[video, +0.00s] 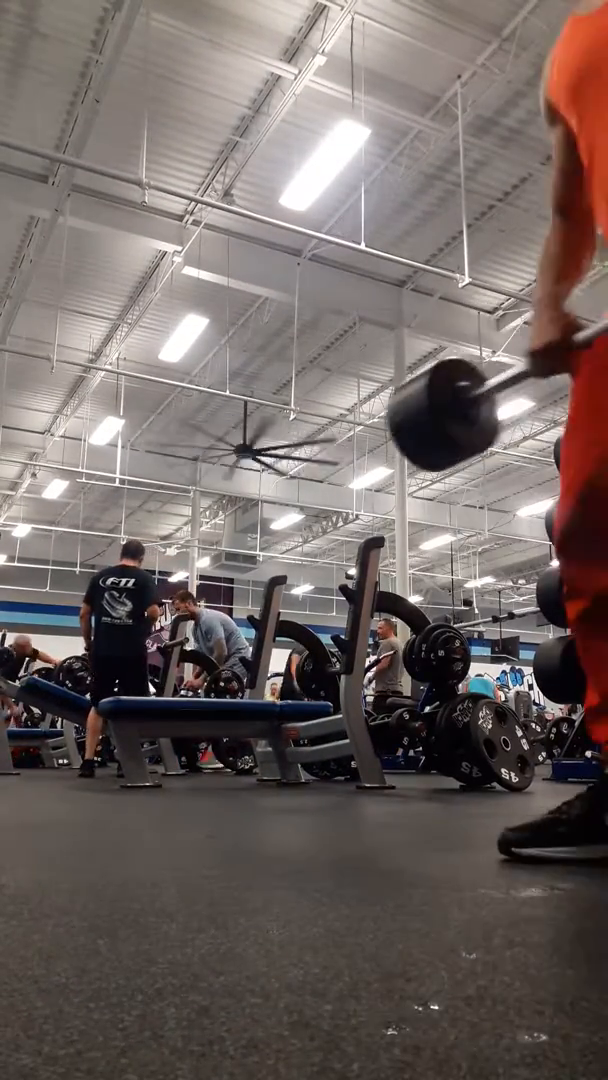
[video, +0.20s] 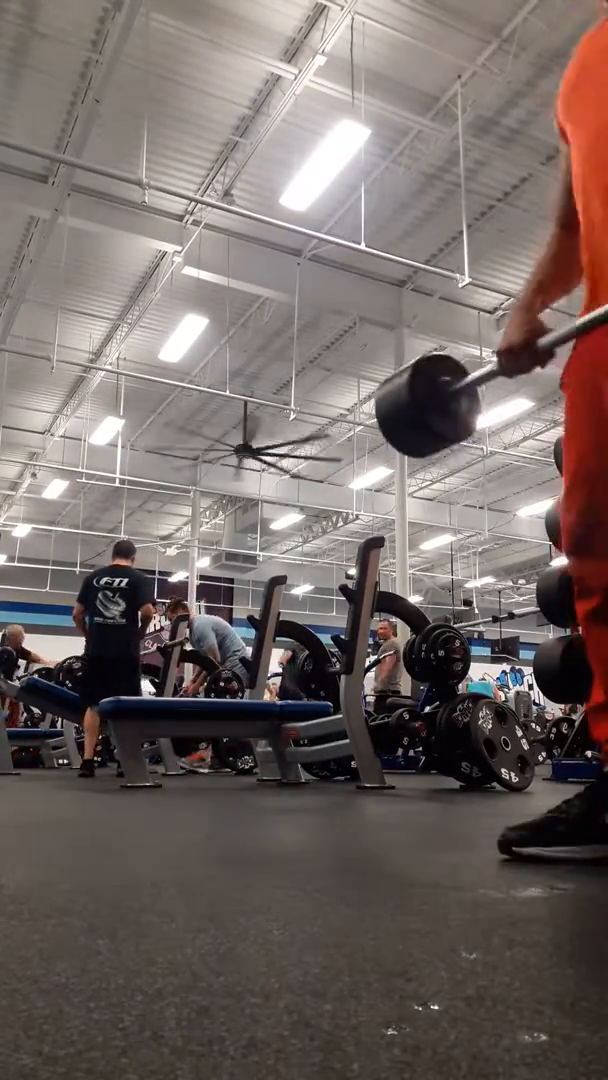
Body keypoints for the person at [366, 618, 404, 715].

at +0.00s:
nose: (378, 631)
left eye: (380, 628)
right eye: (378, 628)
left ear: (389, 628)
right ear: (389, 629)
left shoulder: (387, 643)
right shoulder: (397, 643)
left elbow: (384, 664)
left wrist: (371, 676)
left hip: (384, 692)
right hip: (396, 691)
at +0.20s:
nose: (380, 631)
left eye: (383, 628)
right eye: (379, 629)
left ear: (391, 630)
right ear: (377, 630)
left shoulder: (390, 644)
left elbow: (387, 667)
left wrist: (378, 685)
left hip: (387, 691)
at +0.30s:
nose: (382, 631)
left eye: (385, 628)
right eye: (380, 629)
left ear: (391, 630)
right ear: (377, 631)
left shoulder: (393, 644)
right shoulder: (383, 646)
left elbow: (396, 661)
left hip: (389, 690)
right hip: (382, 689)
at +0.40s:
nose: (382, 631)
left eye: (385, 628)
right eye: (380, 628)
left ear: (390, 630)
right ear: (377, 631)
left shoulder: (394, 644)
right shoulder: (379, 647)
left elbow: (401, 662)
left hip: (390, 688)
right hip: (380, 687)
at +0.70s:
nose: (379, 631)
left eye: (381, 628)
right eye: (377, 629)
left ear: (387, 630)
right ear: (375, 631)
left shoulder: (393, 642)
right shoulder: (375, 649)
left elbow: (407, 653)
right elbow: (373, 671)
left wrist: (398, 652)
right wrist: (370, 691)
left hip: (390, 688)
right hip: (378, 689)